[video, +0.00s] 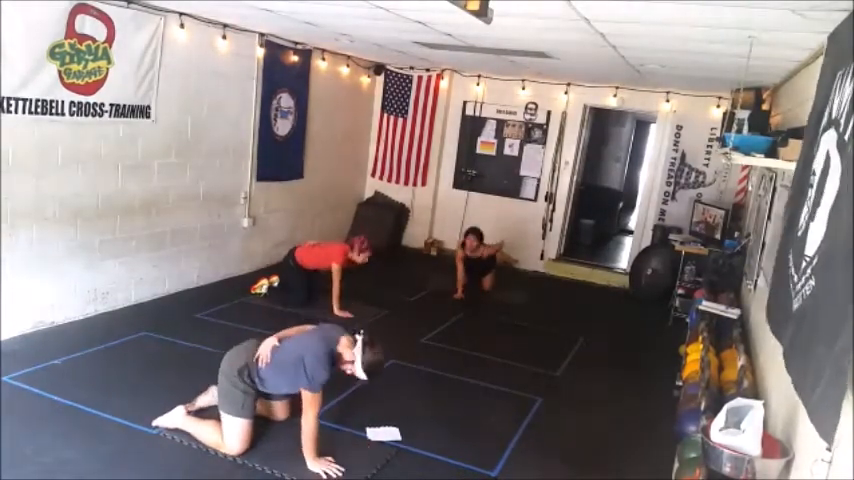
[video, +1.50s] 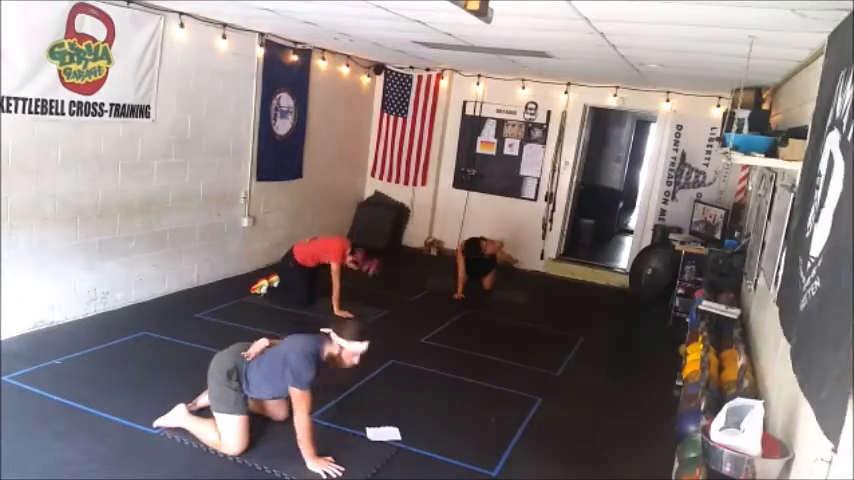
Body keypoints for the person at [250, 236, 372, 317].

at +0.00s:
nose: (366, 260)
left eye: (368, 257)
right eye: (365, 257)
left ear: (356, 250)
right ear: (355, 252)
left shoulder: (345, 249)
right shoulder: (339, 255)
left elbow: (328, 244)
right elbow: (336, 283)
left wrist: (315, 243)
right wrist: (336, 309)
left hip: (301, 256)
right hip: (294, 263)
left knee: (308, 293)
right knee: (299, 298)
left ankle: (277, 281)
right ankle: (268, 288)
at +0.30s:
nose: (351, 266)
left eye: (354, 266)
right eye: (353, 265)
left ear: (355, 254)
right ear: (353, 257)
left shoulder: (346, 246)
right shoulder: (336, 255)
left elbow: (327, 241)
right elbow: (335, 283)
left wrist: (314, 241)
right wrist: (336, 309)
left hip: (306, 261)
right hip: (295, 262)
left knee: (314, 290)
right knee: (302, 300)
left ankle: (279, 281)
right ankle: (268, 289)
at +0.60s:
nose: (363, 258)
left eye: (364, 255)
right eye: (361, 255)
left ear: (352, 247)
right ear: (351, 251)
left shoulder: (344, 244)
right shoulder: (336, 255)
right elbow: (335, 284)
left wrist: (313, 245)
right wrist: (336, 309)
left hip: (302, 254)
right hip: (293, 263)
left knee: (311, 291)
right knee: (300, 300)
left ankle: (278, 281)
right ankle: (267, 288)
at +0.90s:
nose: (352, 268)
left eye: (356, 268)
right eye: (355, 267)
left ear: (355, 253)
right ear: (353, 258)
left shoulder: (346, 243)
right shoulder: (336, 253)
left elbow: (327, 240)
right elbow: (335, 283)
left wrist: (315, 239)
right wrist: (336, 310)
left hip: (307, 261)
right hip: (296, 262)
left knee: (309, 295)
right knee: (299, 300)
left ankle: (279, 281)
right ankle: (267, 289)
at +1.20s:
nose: (362, 260)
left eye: (363, 256)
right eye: (360, 256)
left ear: (353, 249)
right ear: (351, 251)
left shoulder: (344, 244)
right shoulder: (336, 252)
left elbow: (326, 242)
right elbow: (335, 282)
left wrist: (312, 242)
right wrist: (336, 309)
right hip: (292, 263)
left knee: (310, 293)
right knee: (301, 300)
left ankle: (278, 281)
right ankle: (268, 289)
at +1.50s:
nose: (349, 267)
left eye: (353, 267)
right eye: (352, 265)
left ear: (354, 254)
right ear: (351, 258)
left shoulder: (345, 244)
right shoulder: (336, 252)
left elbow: (326, 241)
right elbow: (335, 283)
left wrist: (314, 240)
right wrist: (336, 309)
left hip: (308, 263)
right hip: (295, 261)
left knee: (309, 297)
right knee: (300, 299)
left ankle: (278, 282)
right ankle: (268, 289)